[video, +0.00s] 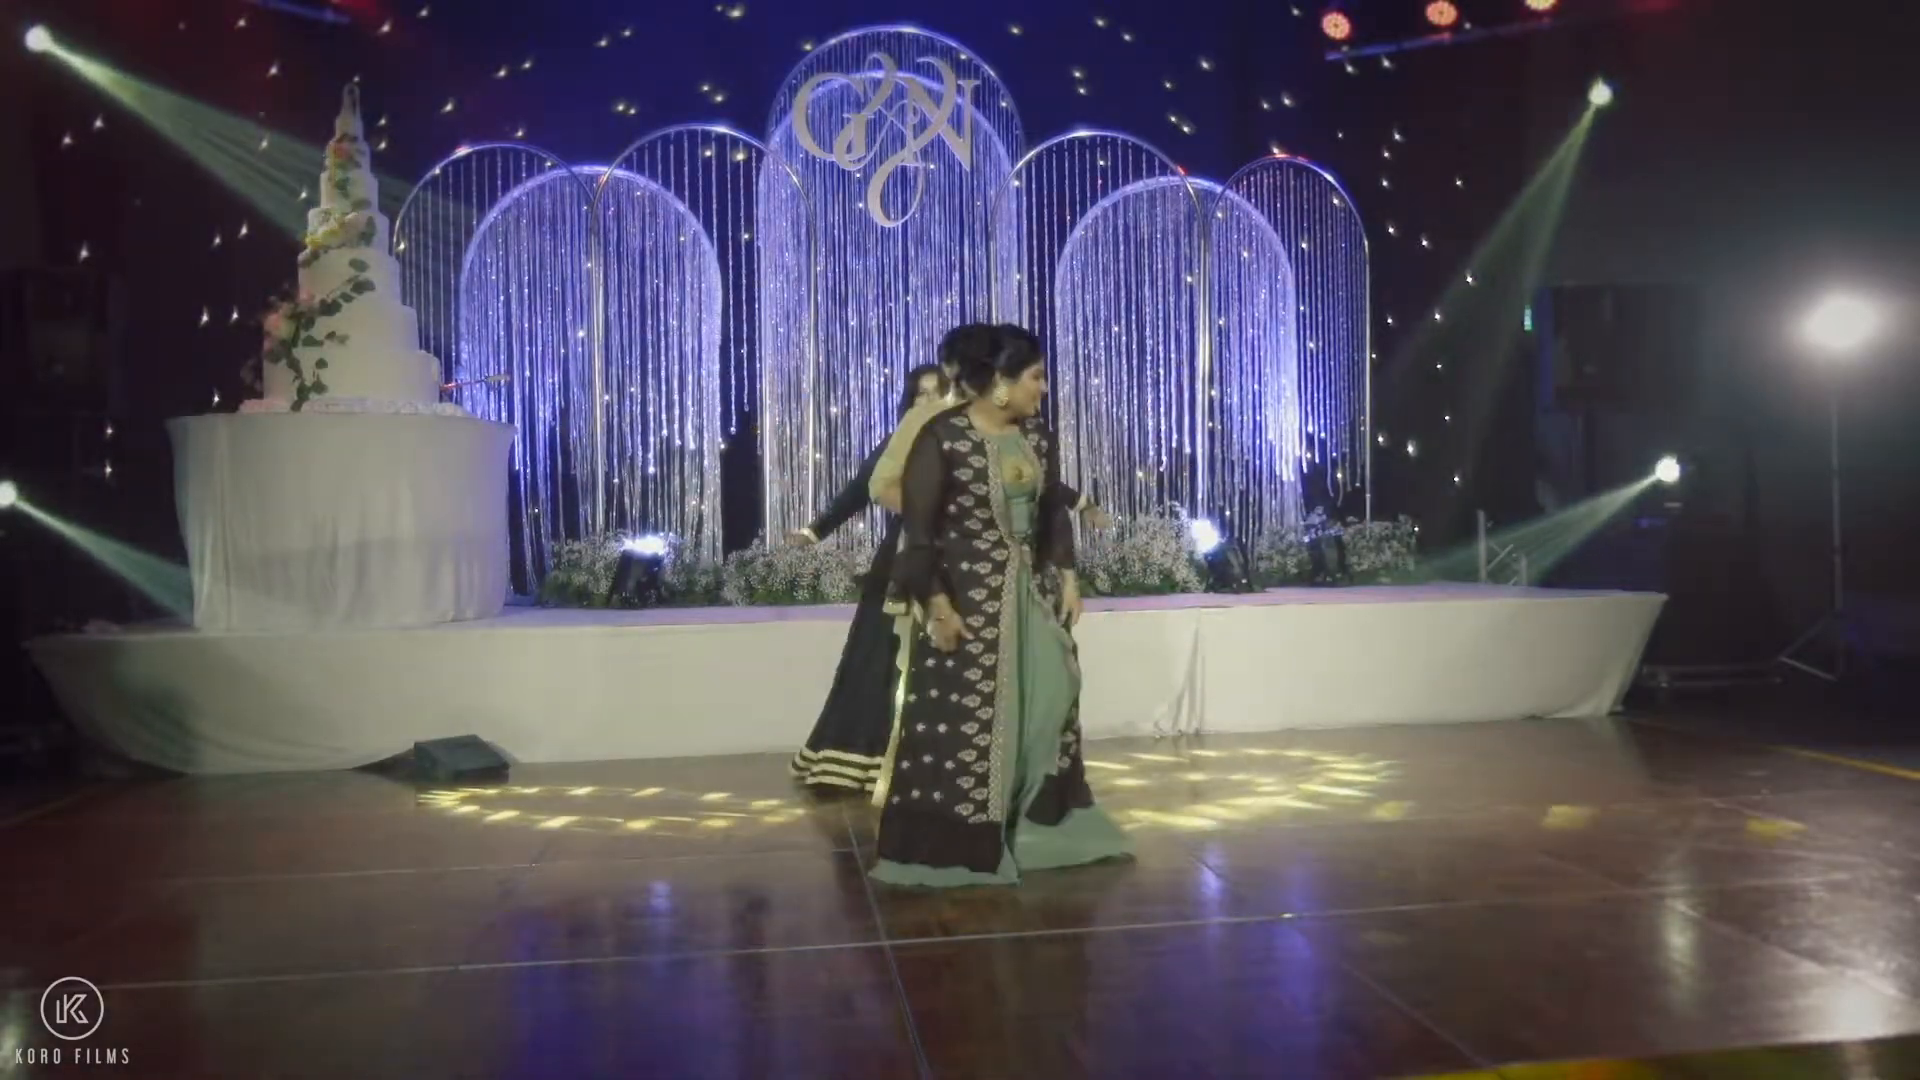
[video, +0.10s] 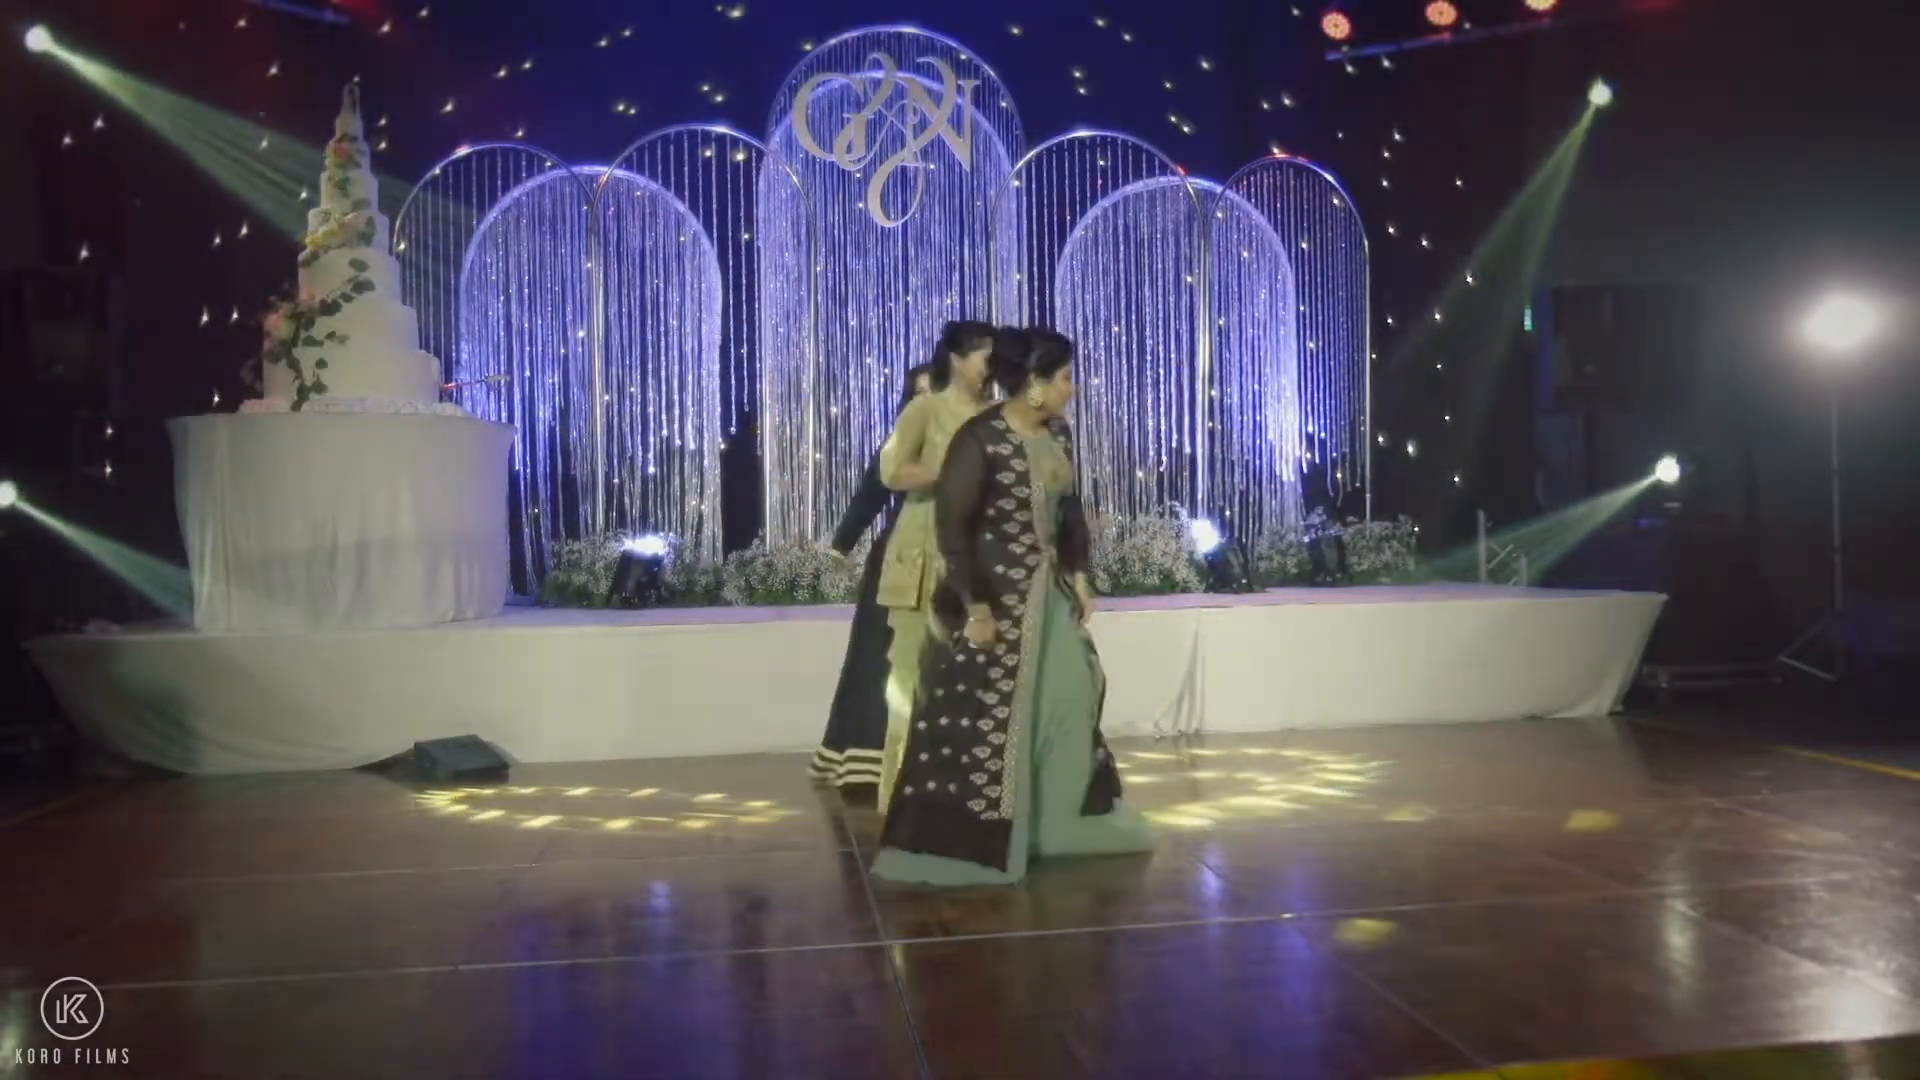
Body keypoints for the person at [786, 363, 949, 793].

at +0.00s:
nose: (929, 400)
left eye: (936, 391)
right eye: (922, 393)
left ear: (951, 392)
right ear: (909, 398)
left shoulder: (967, 440)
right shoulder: (903, 440)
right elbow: (864, 486)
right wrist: (817, 528)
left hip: (953, 560)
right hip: (900, 561)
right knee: (877, 661)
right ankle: (844, 761)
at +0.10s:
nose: (926, 401)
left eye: (932, 391)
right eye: (920, 392)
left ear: (949, 390)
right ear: (910, 395)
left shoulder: (964, 436)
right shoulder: (904, 438)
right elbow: (873, 488)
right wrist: (844, 541)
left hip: (944, 552)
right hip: (897, 553)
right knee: (876, 655)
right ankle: (858, 761)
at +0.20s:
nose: (916, 401)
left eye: (924, 392)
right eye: (910, 392)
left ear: (940, 394)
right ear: (901, 397)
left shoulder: (958, 446)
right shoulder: (893, 443)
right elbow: (865, 492)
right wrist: (842, 540)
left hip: (937, 555)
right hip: (887, 554)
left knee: (914, 655)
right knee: (863, 649)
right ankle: (854, 746)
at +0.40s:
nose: (877, 401)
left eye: (885, 392)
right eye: (872, 396)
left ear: (908, 396)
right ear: (868, 406)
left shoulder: (931, 447)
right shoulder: (862, 452)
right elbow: (827, 496)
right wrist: (784, 533)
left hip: (908, 561)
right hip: (860, 561)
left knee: (886, 654)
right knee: (833, 650)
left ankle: (878, 751)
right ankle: (828, 749)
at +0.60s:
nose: (818, 405)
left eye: (826, 398)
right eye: (820, 397)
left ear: (850, 405)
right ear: (842, 406)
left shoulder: (878, 449)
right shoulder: (821, 452)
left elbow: (885, 516)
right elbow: (801, 500)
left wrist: (876, 564)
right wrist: (765, 531)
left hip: (854, 576)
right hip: (810, 575)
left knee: (852, 666)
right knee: (782, 660)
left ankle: (861, 762)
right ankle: (783, 759)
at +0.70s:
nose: (804, 410)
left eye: (808, 402)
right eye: (806, 402)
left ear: (824, 406)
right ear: (836, 403)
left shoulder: (845, 446)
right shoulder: (827, 448)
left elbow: (824, 504)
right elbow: (816, 507)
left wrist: (795, 555)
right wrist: (790, 553)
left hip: (836, 577)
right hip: (820, 576)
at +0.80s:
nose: (787, 409)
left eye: (789, 403)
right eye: (789, 403)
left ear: (798, 406)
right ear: (836, 401)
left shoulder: (794, 445)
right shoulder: (845, 450)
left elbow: (763, 494)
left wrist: (722, 535)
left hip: (794, 568)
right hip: (837, 564)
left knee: (784, 656)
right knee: (842, 653)